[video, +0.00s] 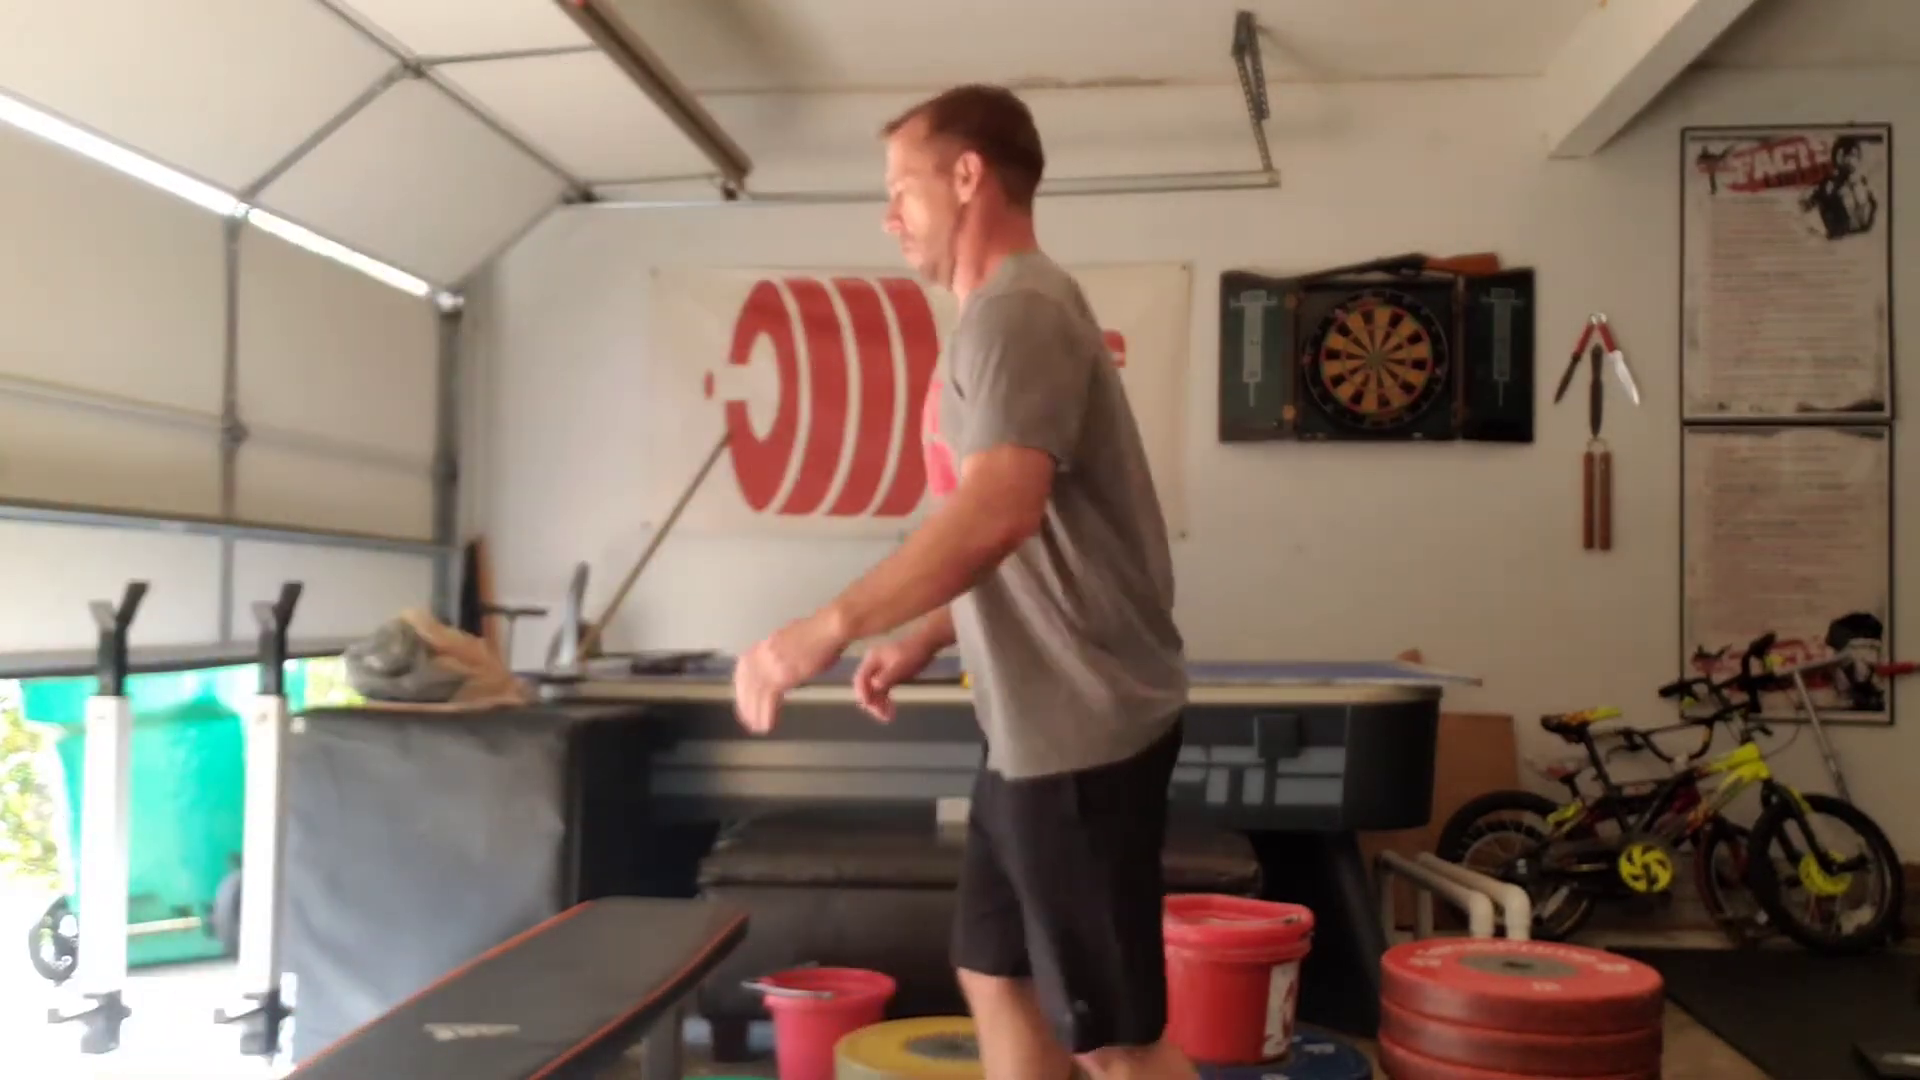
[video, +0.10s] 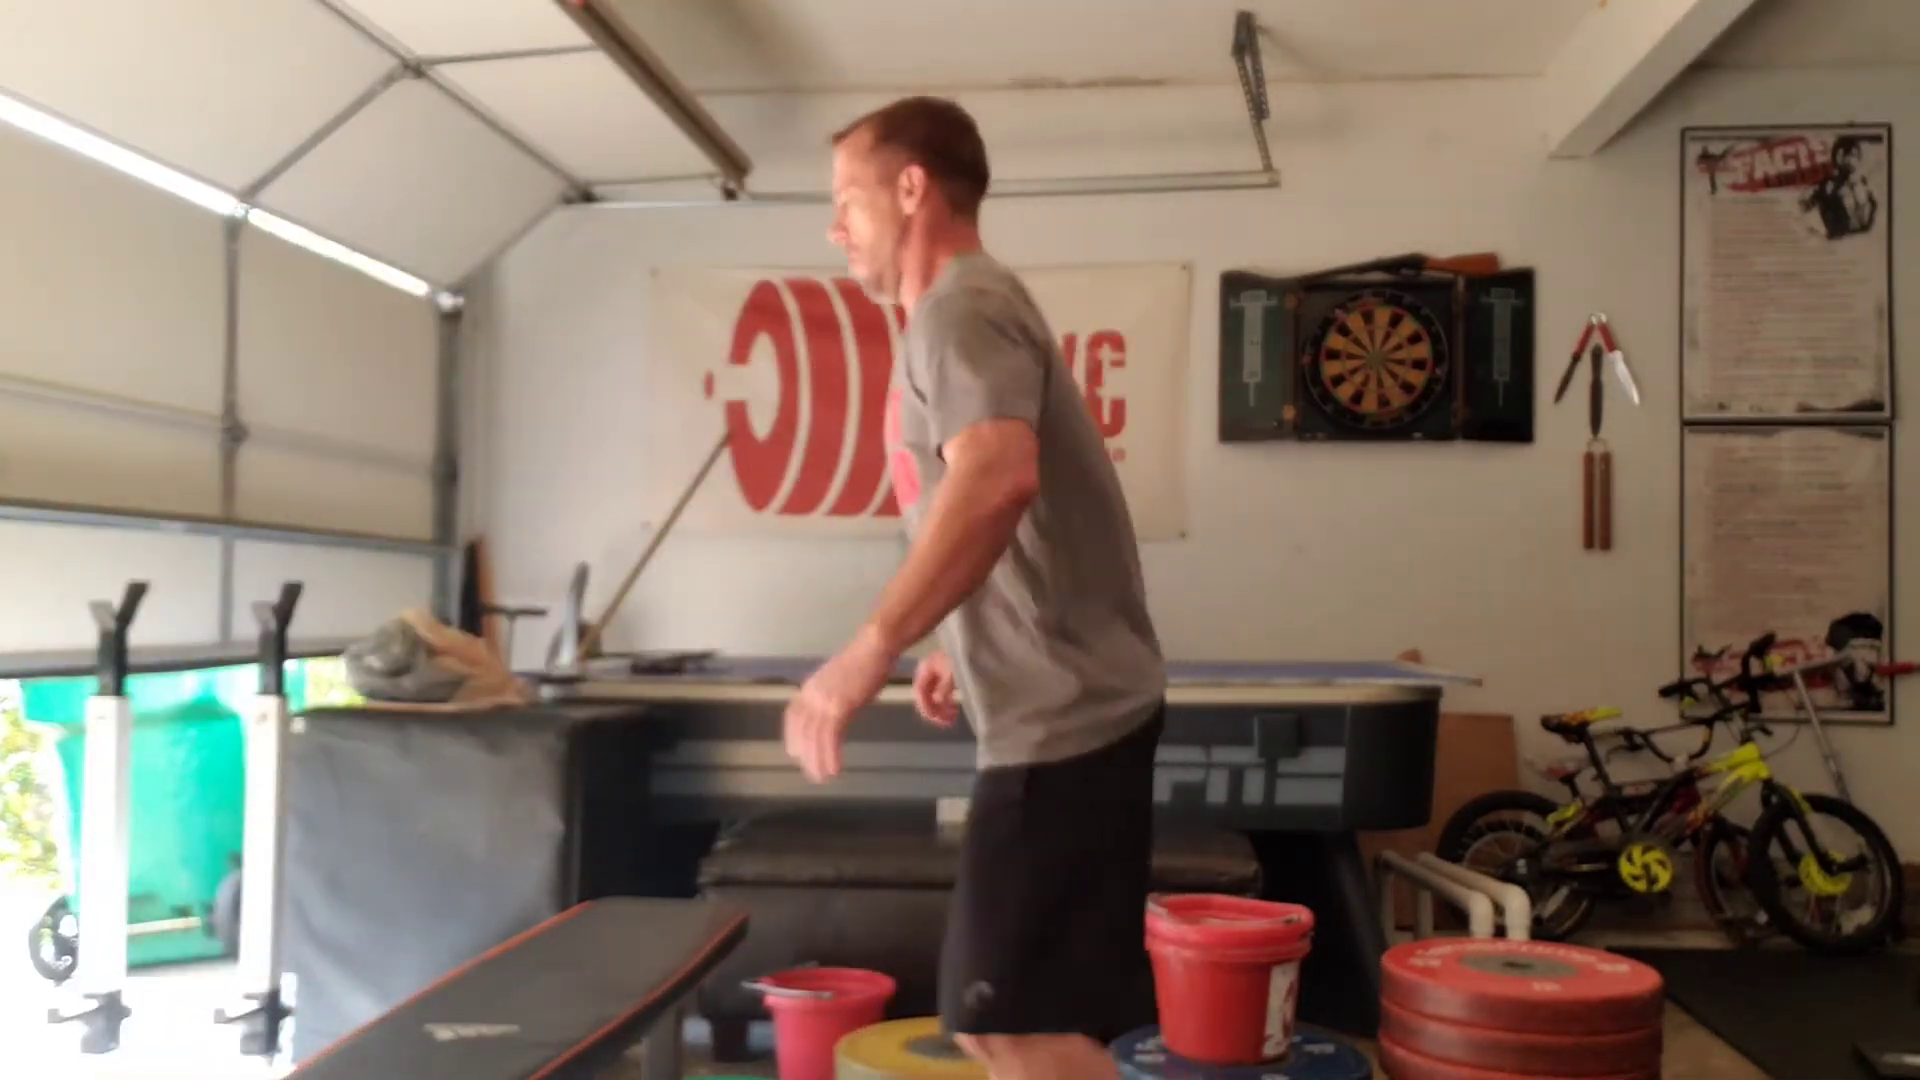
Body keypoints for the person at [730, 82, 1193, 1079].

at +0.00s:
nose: (891, 222)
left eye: (901, 194)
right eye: (889, 198)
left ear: (969, 179)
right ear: (973, 185)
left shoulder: (1019, 308)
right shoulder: (994, 314)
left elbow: (1000, 505)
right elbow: (1024, 527)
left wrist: (825, 626)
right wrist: (926, 637)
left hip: (1086, 718)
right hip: (1031, 714)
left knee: (1116, 1035)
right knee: (994, 973)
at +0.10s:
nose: (837, 231)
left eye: (847, 204)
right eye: (835, 208)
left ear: (912, 191)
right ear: (918, 196)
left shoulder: (960, 306)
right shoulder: (966, 306)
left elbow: (999, 472)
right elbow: (1011, 500)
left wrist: (870, 649)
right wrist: (961, 639)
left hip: (1062, 719)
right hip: (1059, 710)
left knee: (1006, 1022)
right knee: (1038, 1021)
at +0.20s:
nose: (764, 259)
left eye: (776, 229)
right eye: (764, 234)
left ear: (840, 223)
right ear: (844, 226)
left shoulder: (891, 327)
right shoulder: (904, 326)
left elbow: (1019, 415)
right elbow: (1034, 440)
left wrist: (984, 620)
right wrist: (974, 638)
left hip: (1048, 707)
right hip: (1069, 699)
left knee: (931, 984)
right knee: (1008, 994)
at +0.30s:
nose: (708, 330)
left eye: (720, 302)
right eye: (709, 306)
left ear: (783, 297)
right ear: (788, 300)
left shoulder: (832, 393)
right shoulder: (839, 394)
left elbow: (1009, 455)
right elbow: (1008, 462)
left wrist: (1017, 655)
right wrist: (1011, 662)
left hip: (1029, 748)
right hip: (1060, 738)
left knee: (884, 1026)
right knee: (970, 1031)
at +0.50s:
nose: (671, 334)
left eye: (686, 309)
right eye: (674, 311)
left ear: (745, 316)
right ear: (749, 321)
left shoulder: (773, 430)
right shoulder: (793, 427)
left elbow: (656, 622)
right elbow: (710, 638)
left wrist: (536, 552)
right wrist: (598, 564)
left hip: (946, 769)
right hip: (987, 750)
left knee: (840, 1056)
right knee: (942, 1049)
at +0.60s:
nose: (601, 179)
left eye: (611, 153)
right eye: (603, 157)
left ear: (669, 138)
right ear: (694, 145)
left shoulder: (702, 221)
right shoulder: (718, 243)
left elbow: (492, 320)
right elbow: (618, 383)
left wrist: (474, 194)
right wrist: (560, 251)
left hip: (850, 606)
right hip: (869, 598)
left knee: (877, 914)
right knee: (916, 904)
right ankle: (953, 1075)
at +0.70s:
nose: (525, 60)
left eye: (532, 37)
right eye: (526, 44)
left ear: (592, 18)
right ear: (622, 24)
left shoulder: (625, 88)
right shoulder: (671, 112)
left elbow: (424, 172)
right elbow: (582, 289)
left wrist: (344, 76)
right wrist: (503, 193)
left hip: (782, 455)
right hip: (833, 452)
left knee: (632, 737)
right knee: (759, 717)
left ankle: (892, 866)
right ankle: (913, 866)